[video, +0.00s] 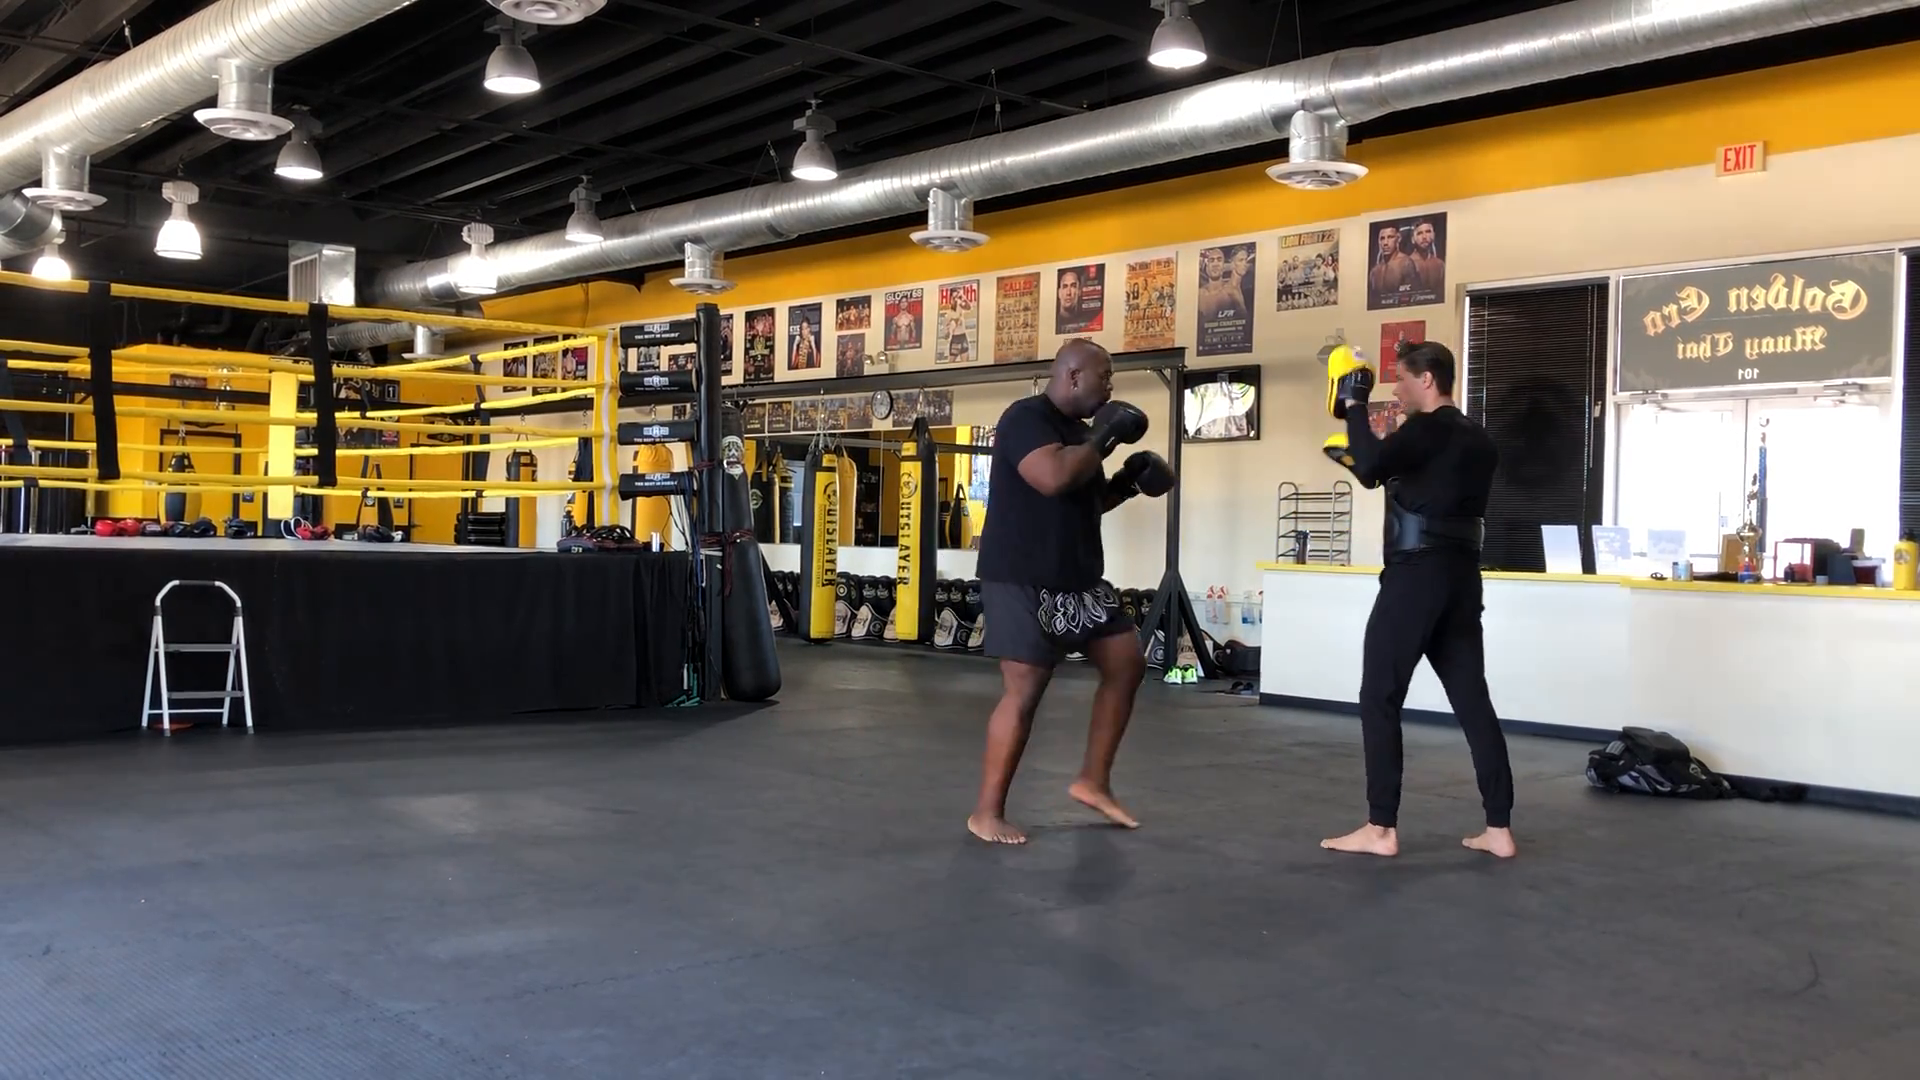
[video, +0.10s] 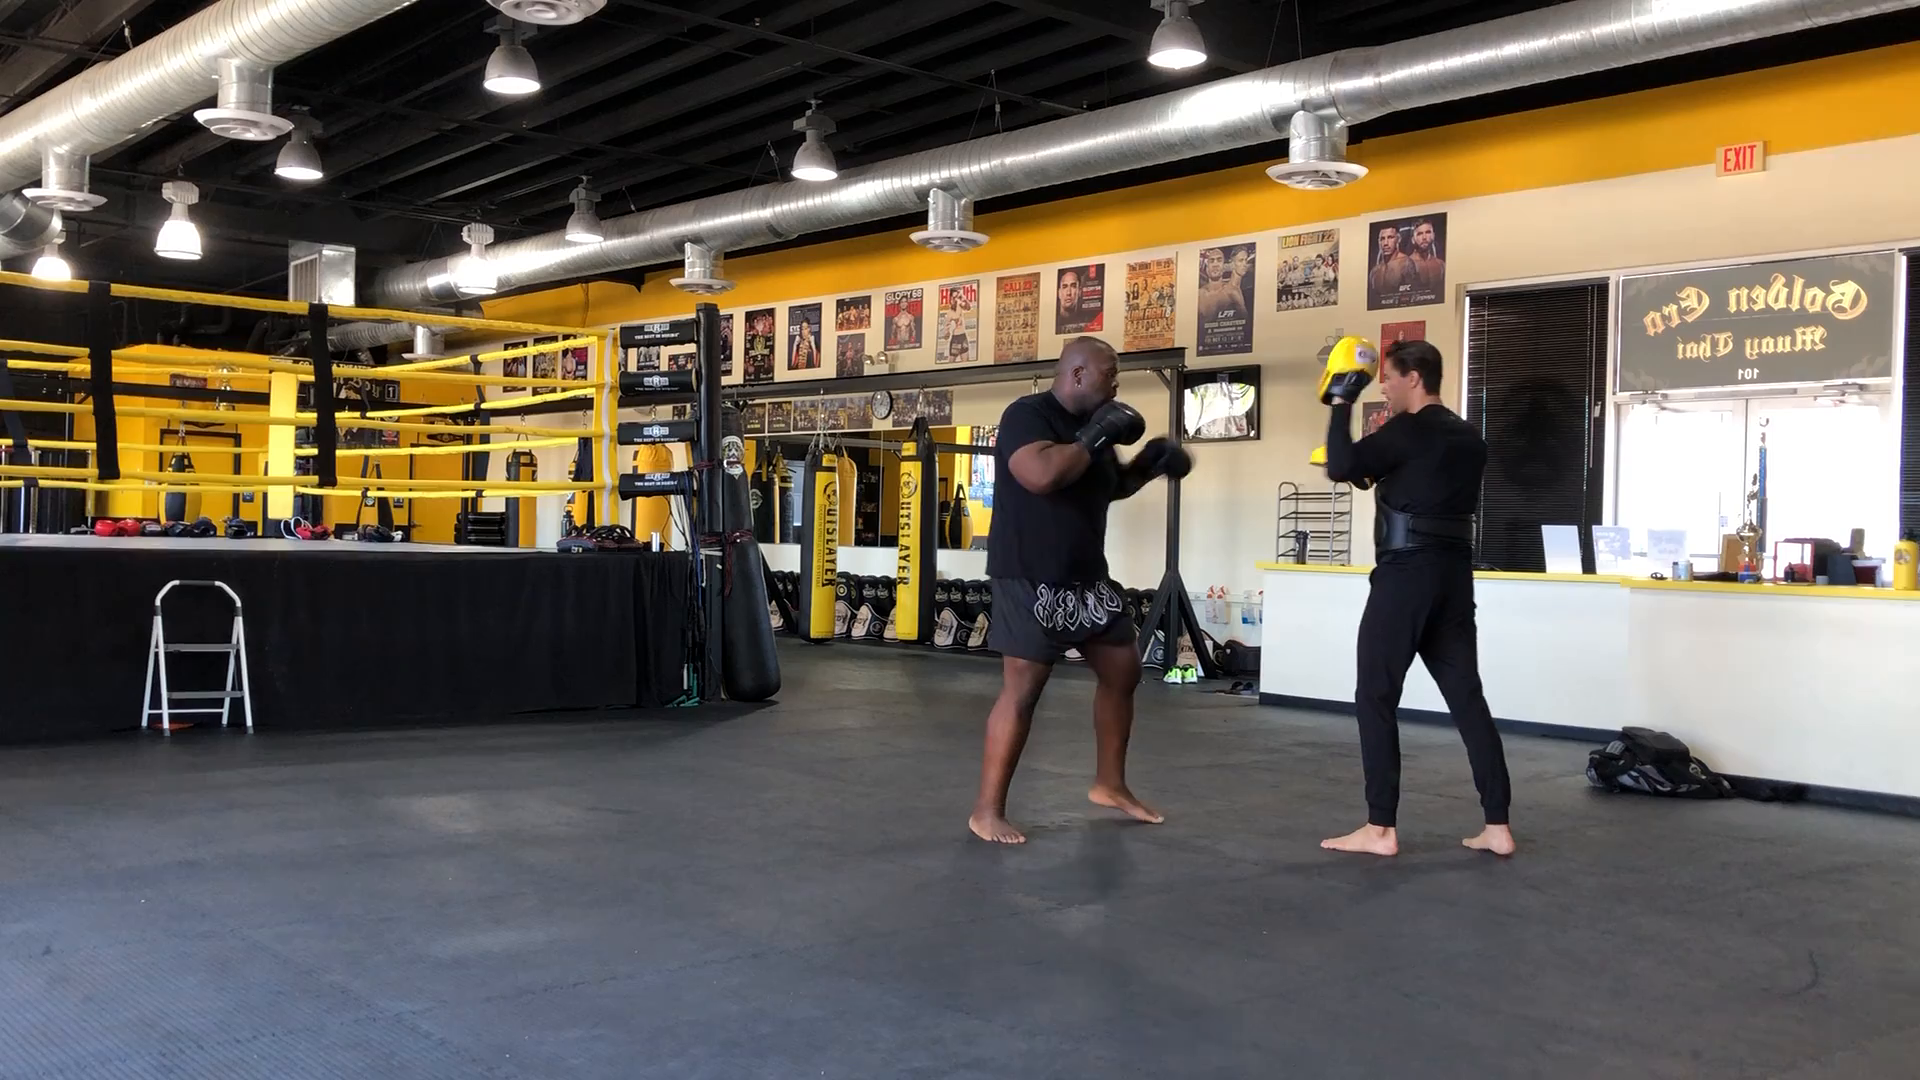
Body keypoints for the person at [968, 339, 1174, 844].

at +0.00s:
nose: (1108, 394)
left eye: (1110, 384)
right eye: (1103, 382)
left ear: (1074, 374)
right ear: (1072, 373)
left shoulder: (1077, 436)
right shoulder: (1024, 417)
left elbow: (1085, 506)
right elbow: (1050, 476)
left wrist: (1128, 482)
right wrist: (1102, 438)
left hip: (1078, 580)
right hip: (1021, 579)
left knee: (1125, 663)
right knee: (1024, 686)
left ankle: (1093, 782)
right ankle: (987, 814)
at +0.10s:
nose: (1114, 388)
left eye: (1115, 378)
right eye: (1108, 377)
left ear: (1081, 373)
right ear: (1077, 372)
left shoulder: (1093, 429)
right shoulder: (1026, 415)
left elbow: (1110, 486)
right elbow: (1039, 473)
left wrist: (1145, 466)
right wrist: (1093, 437)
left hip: (1087, 578)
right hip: (1029, 578)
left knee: (1122, 671)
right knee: (1020, 691)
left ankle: (1110, 785)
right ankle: (987, 812)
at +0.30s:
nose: (1130, 392)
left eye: (1132, 383)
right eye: (1123, 383)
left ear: (1102, 384)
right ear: (1091, 383)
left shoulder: (1123, 427)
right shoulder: (1046, 425)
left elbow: (1178, 445)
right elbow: (1050, 487)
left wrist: (1216, 434)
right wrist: (1104, 446)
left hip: (1098, 581)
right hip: (1043, 580)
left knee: (1118, 682)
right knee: (1043, 681)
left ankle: (1109, 797)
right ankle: (987, 803)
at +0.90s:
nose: (1109, 390)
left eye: (1114, 381)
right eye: (1100, 379)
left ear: (1115, 382)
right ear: (1070, 376)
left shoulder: (1112, 424)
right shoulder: (1030, 423)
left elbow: (1162, 453)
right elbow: (1047, 484)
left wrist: (1202, 441)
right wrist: (1079, 420)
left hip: (1087, 578)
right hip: (1028, 577)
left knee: (1113, 681)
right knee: (1016, 688)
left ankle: (1108, 797)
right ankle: (974, 812)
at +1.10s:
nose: (1132, 398)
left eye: (1135, 391)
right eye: (1125, 389)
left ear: (1127, 393)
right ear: (1096, 385)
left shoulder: (1108, 438)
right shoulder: (1063, 424)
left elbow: (1120, 492)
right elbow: (1056, 474)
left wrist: (1152, 456)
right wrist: (1118, 438)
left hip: (1088, 583)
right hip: (1042, 581)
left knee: (1117, 677)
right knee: (1033, 689)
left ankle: (1110, 796)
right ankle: (974, 812)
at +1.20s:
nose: (1152, 401)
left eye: (1152, 394)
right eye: (1146, 392)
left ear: (1105, 388)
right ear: (1118, 388)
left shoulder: (1075, 424)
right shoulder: (1102, 421)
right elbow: (1173, 436)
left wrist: (1189, 438)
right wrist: (1245, 422)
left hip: (1075, 574)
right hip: (1052, 571)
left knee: (1106, 674)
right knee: (1037, 685)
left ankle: (1108, 796)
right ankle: (973, 810)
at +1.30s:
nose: (1156, 409)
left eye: (1156, 403)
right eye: (1152, 400)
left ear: (1111, 389)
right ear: (1128, 388)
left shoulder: (1072, 424)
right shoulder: (1119, 415)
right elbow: (1207, 422)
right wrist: (1269, 415)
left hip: (1081, 569)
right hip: (1060, 564)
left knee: (1103, 677)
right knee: (1038, 683)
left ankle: (1108, 796)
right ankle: (972, 805)